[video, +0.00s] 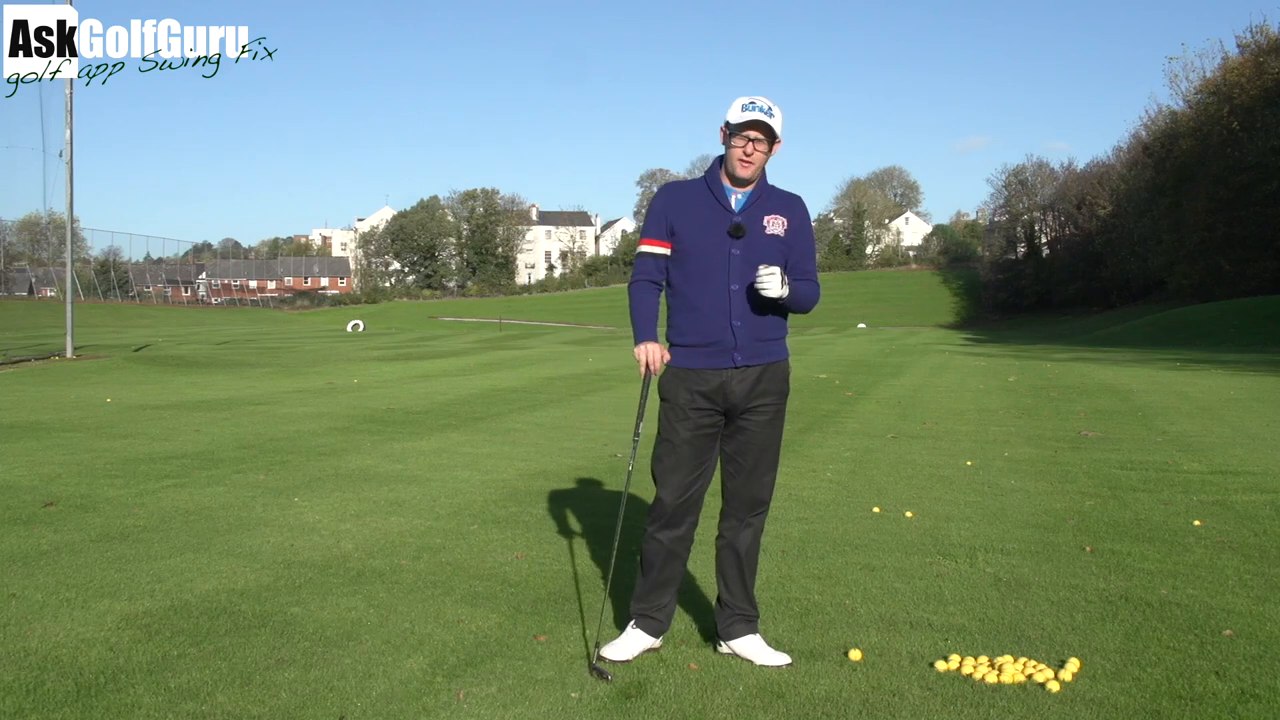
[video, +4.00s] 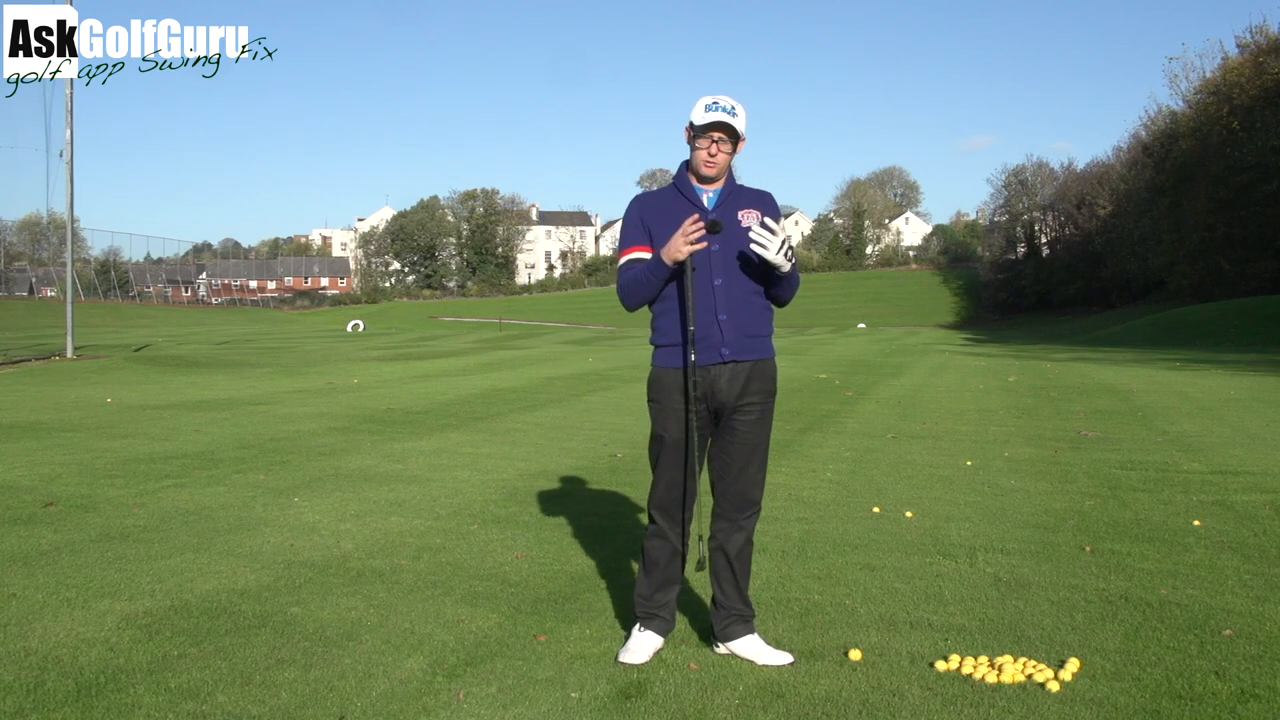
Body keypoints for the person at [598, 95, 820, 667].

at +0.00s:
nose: (748, 146)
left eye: (760, 138)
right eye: (740, 135)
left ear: (773, 147)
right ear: (724, 139)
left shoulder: (790, 210)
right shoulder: (674, 199)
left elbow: (808, 294)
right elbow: (646, 276)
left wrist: (788, 288)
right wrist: (646, 336)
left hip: (762, 376)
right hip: (690, 374)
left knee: (747, 507)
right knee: (673, 503)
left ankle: (736, 627)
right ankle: (647, 623)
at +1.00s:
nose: (704, 144)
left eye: (715, 137)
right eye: (696, 133)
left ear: (728, 145)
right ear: (678, 135)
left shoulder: (748, 203)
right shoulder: (633, 200)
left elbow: (770, 283)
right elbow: (599, 279)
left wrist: (749, 284)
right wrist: (611, 329)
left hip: (725, 374)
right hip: (651, 373)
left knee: (726, 506)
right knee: (651, 506)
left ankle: (734, 628)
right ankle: (650, 622)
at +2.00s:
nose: (660, 152)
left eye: (669, 143)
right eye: (650, 140)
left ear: (675, 148)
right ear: (624, 140)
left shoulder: (693, 203)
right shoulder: (581, 212)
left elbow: (720, 279)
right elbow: (560, 297)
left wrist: (697, 292)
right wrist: (582, 340)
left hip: (692, 375)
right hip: (623, 379)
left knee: (719, 500)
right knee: (635, 507)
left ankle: (733, 625)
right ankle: (649, 621)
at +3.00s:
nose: (666, 146)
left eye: (677, 140)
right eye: (658, 135)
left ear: (688, 148)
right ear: (639, 137)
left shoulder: (705, 205)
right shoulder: (595, 207)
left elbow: (728, 290)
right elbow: (585, 291)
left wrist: (730, 264)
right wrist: (643, 263)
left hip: (705, 369)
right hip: (633, 374)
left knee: (721, 501)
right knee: (642, 504)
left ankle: (732, 626)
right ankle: (649, 621)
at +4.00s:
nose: (713, 147)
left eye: (724, 139)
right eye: (705, 137)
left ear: (738, 147)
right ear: (689, 141)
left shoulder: (759, 205)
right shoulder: (649, 208)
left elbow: (782, 295)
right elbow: (631, 293)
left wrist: (782, 263)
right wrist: (666, 258)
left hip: (749, 371)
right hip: (677, 373)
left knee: (739, 506)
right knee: (669, 502)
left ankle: (733, 626)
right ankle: (652, 621)